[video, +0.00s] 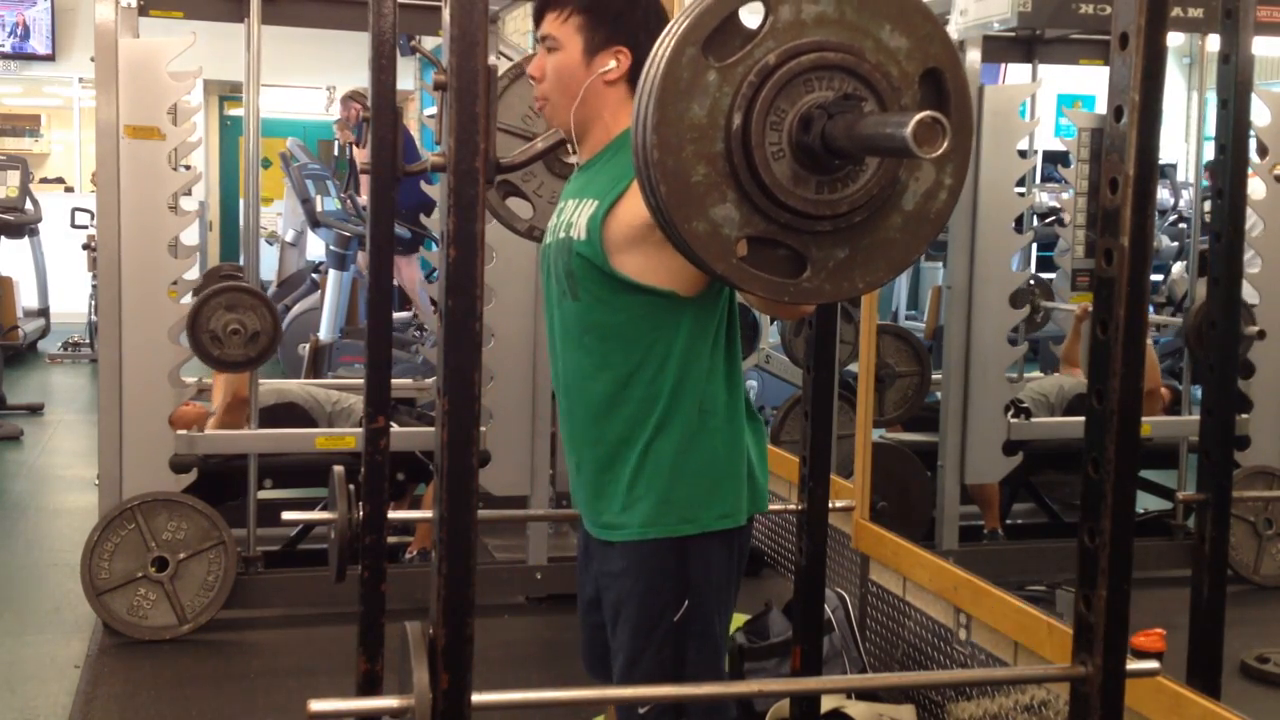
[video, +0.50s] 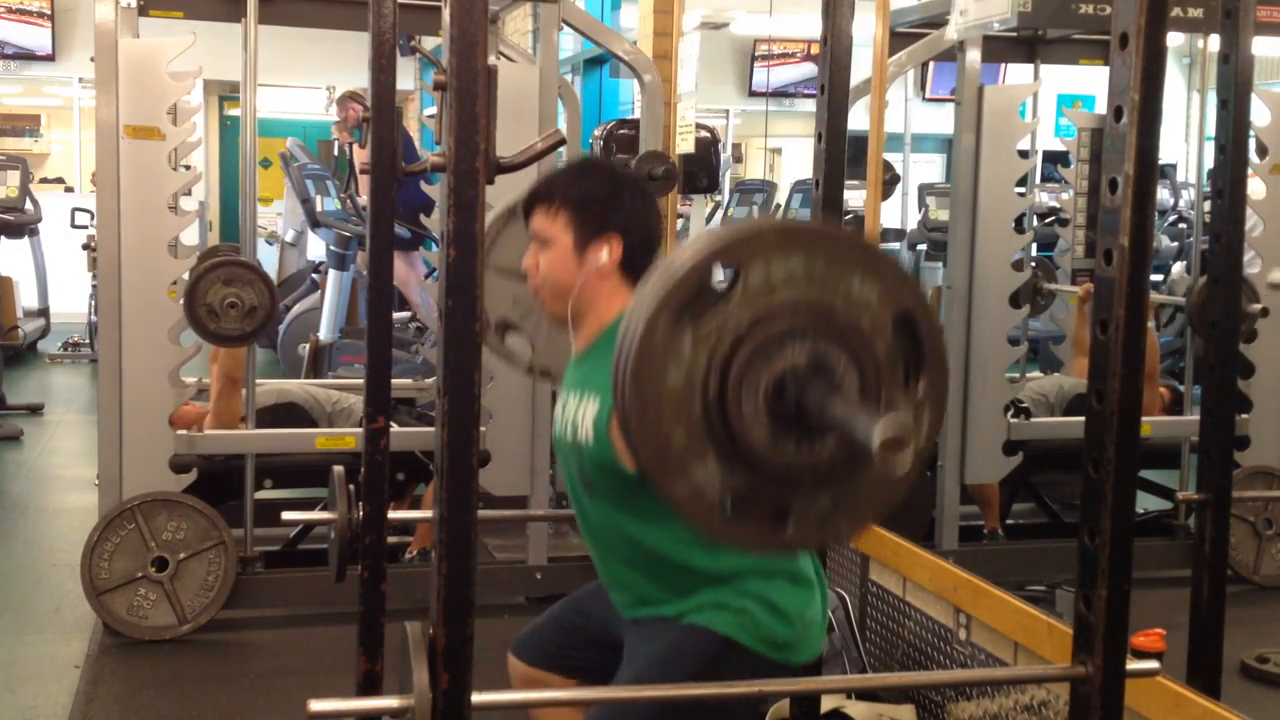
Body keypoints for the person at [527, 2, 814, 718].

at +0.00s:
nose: (531, 69)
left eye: (549, 47)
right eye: (537, 48)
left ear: (612, 64)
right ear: (606, 67)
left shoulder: (649, 197)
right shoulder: (591, 177)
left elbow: (788, 294)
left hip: (676, 517)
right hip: (615, 508)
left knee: (669, 709)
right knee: (620, 700)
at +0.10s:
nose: (536, 78)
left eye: (554, 58)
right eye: (541, 58)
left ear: (617, 71)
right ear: (610, 74)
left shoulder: (656, 197)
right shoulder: (591, 182)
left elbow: (788, 307)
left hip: (687, 514)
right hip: (619, 501)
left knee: (658, 708)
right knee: (593, 671)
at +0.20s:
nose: (540, 110)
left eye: (555, 89)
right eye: (542, 90)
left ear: (619, 103)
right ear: (612, 105)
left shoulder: (654, 228)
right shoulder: (593, 217)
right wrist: (566, 189)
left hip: (701, 523)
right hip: (633, 509)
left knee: (639, 707)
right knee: (574, 658)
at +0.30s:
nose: (535, 168)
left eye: (550, 145)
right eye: (537, 148)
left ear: (616, 153)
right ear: (608, 155)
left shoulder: (649, 270)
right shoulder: (590, 262)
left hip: (720, 551)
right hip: (643, 531)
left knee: (624, 711)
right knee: (557, 654)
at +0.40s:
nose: (529, 215)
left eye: (545, 196)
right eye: (533, 196)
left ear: (609, 205)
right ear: (602, 206)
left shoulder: (648, 320)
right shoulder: (589, 309)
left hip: (736, 576)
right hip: (651, 558)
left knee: (614, 710)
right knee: (547, 663)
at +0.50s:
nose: (526, 263)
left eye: (542, 244)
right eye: (530, 244)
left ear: (602, 254)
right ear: (601, 256)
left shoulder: (651, 359)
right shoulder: (589, 351)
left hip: (737, 607)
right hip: (651, 584)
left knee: (617, 709)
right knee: (534, 666)